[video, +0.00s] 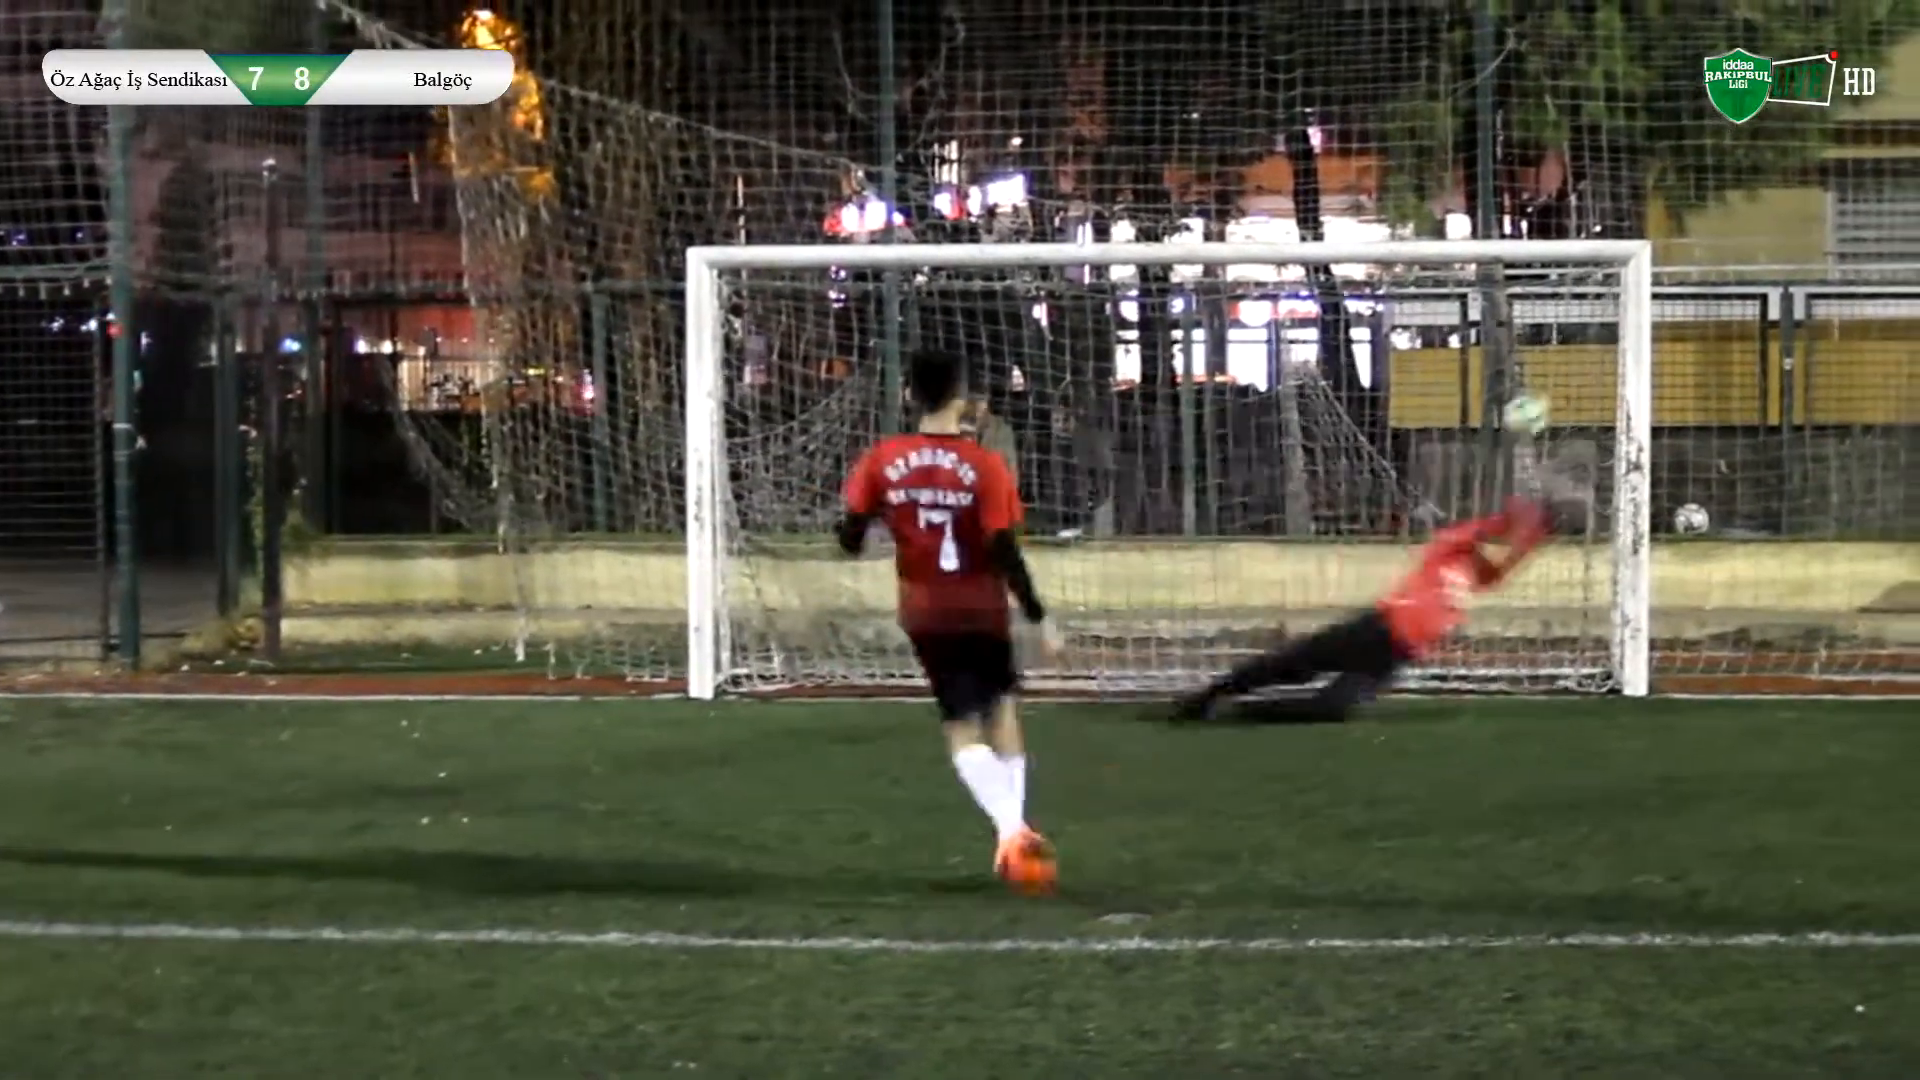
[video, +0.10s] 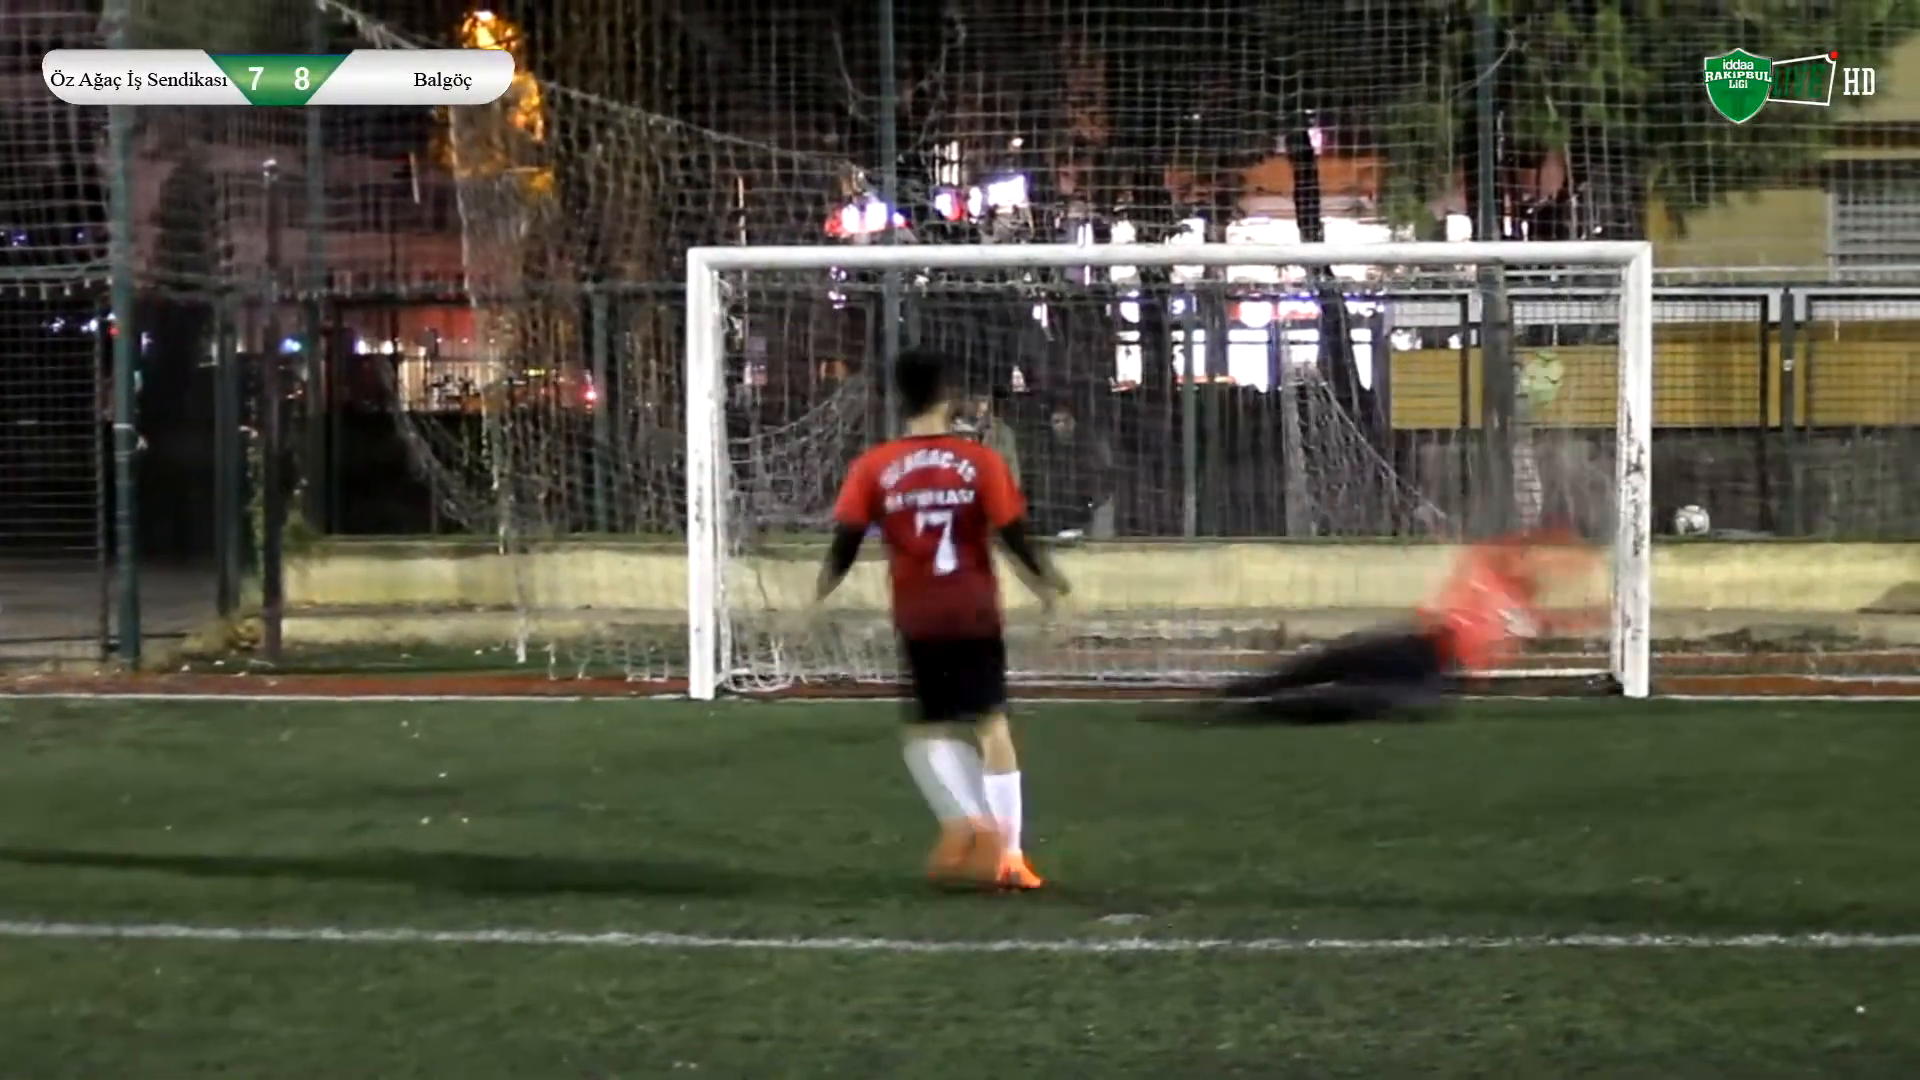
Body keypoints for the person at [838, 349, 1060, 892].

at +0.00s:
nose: (968, 402)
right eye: (966, 394)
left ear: (912, 398)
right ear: (962, 398)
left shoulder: (883, 458)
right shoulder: (984, 464)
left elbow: (849, 539)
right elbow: (1002, 547)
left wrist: (880, 508)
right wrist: (1039, 615)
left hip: (925, 618)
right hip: (982, 615)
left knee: (961, 727)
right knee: (1002, 711)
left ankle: (1010, 828)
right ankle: (1012, 832)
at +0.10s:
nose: (958, 401)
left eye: (950, 393)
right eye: (956, 393)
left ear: (901, 400)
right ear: (949, 397)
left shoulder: (875, 465)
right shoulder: (979, 458)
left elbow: (847, 540)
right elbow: (1011, 532)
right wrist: (1047, 580)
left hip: (919, 626)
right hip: (977, 621)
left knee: (924, 729)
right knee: (992, 724)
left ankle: (962, 819)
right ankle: (1009, 850)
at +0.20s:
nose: (936, 400)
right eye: (936, 393)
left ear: (882, 403)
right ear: (932, 398)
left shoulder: (863, 469)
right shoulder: (970, 456)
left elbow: (841, 551)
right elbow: (1021, 524)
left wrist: (809, 603)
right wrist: (1065, 565)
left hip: (907, 628)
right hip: (969, 623)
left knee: (901, 726)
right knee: (990, 731)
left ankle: (925, 822)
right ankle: (1014, 851)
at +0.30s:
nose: (918, 403)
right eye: (916, 395)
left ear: (863, 403)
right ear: (913, 398)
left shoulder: (848, 468)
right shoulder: (952, 451)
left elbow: (835, 553)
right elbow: (1012, 512)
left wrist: (800, 609)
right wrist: (1060, 547)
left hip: (897, 624)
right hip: (958, 618)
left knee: (873, 717)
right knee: (982, 725)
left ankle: (884, 831)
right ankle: (1014, 847)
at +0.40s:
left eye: (850, 399)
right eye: (886, 395)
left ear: (841, 401)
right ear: (890, 396)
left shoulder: (831, 466)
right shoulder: (934, 448)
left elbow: (827, 549)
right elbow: (995, 510)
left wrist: (795, 608)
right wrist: (1022, 521)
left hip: (877, 622)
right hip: (940, 616)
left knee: (849, 716)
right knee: (973, 720)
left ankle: (850, 842)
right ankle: (1013, 839)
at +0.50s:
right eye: (866, 389)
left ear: (808, 403)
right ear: (859, 393)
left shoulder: (806, 467)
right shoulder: (905, 448)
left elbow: (815, 544)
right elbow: (964, 511)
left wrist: (788, 604)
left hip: (853, 619)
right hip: (912, 613)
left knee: (832, 720)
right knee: (952, 720)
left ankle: (839, 843)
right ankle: (1000, 829)